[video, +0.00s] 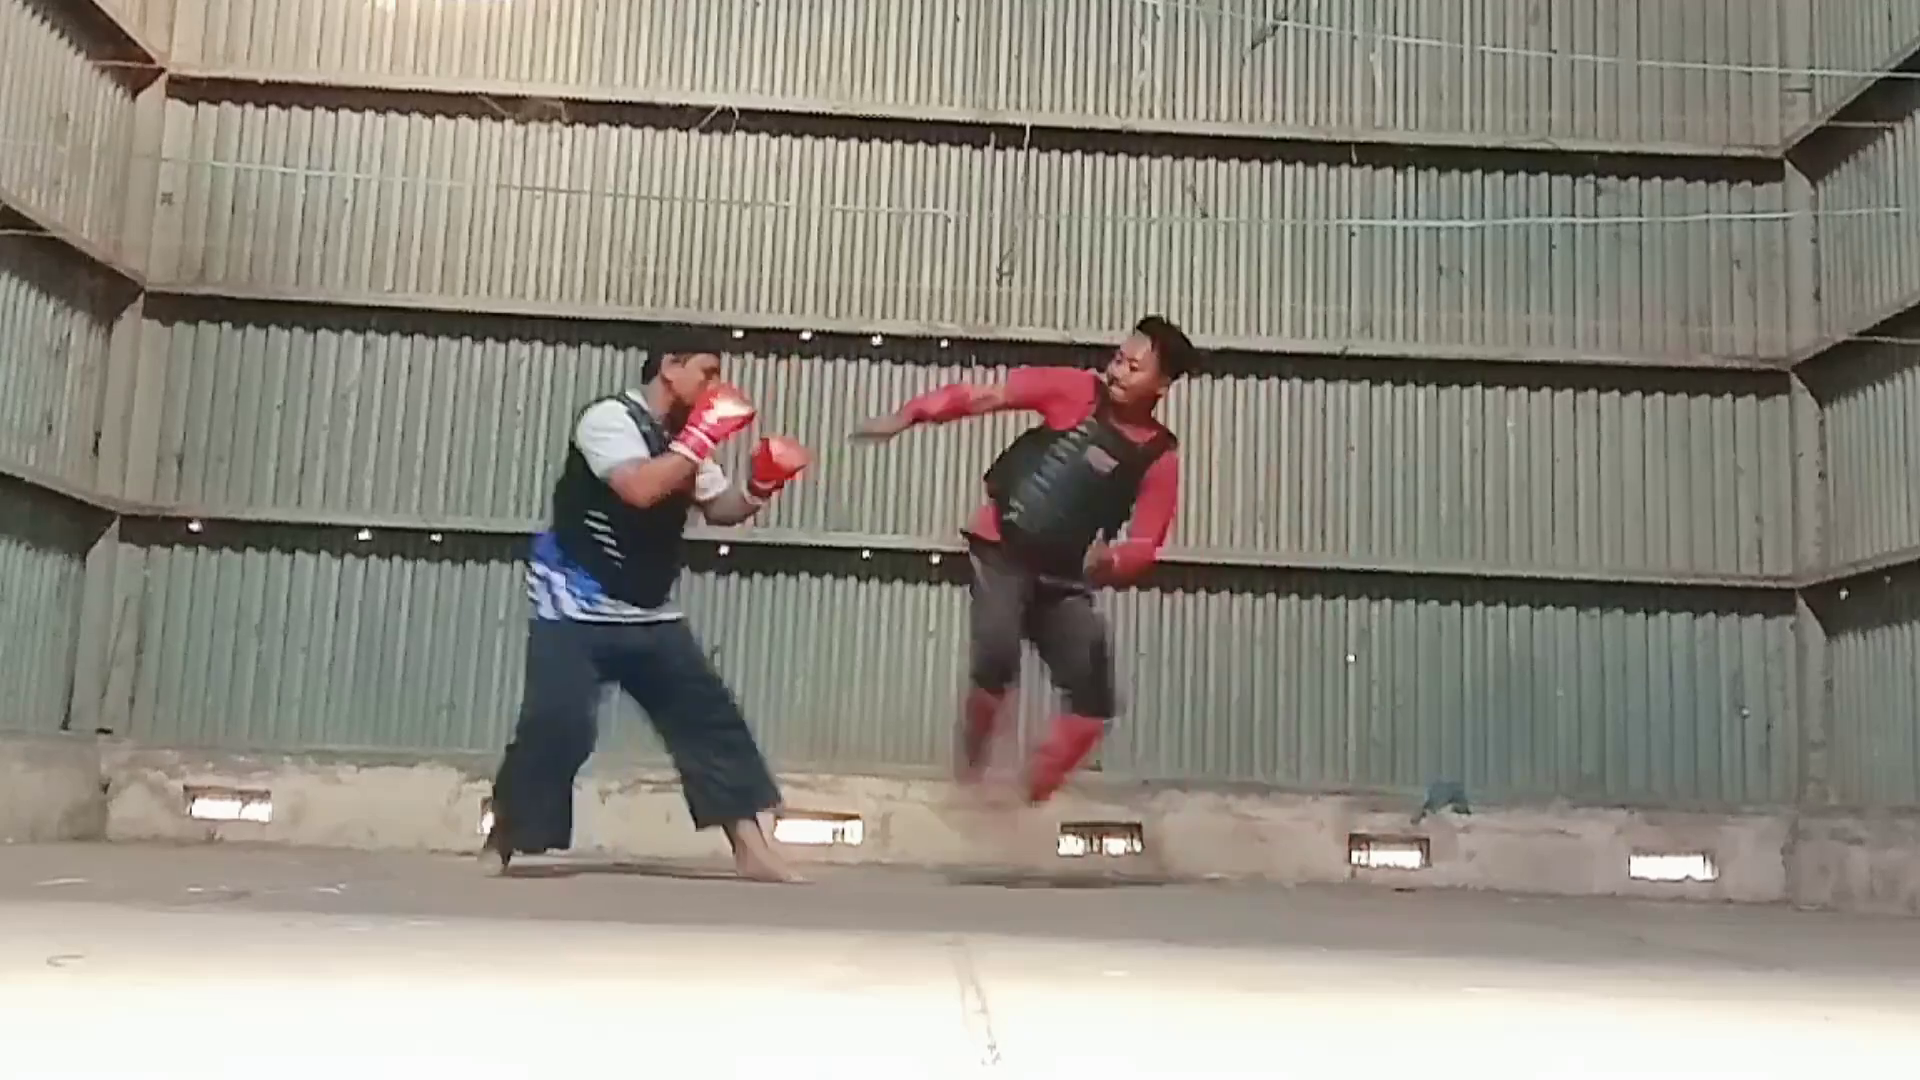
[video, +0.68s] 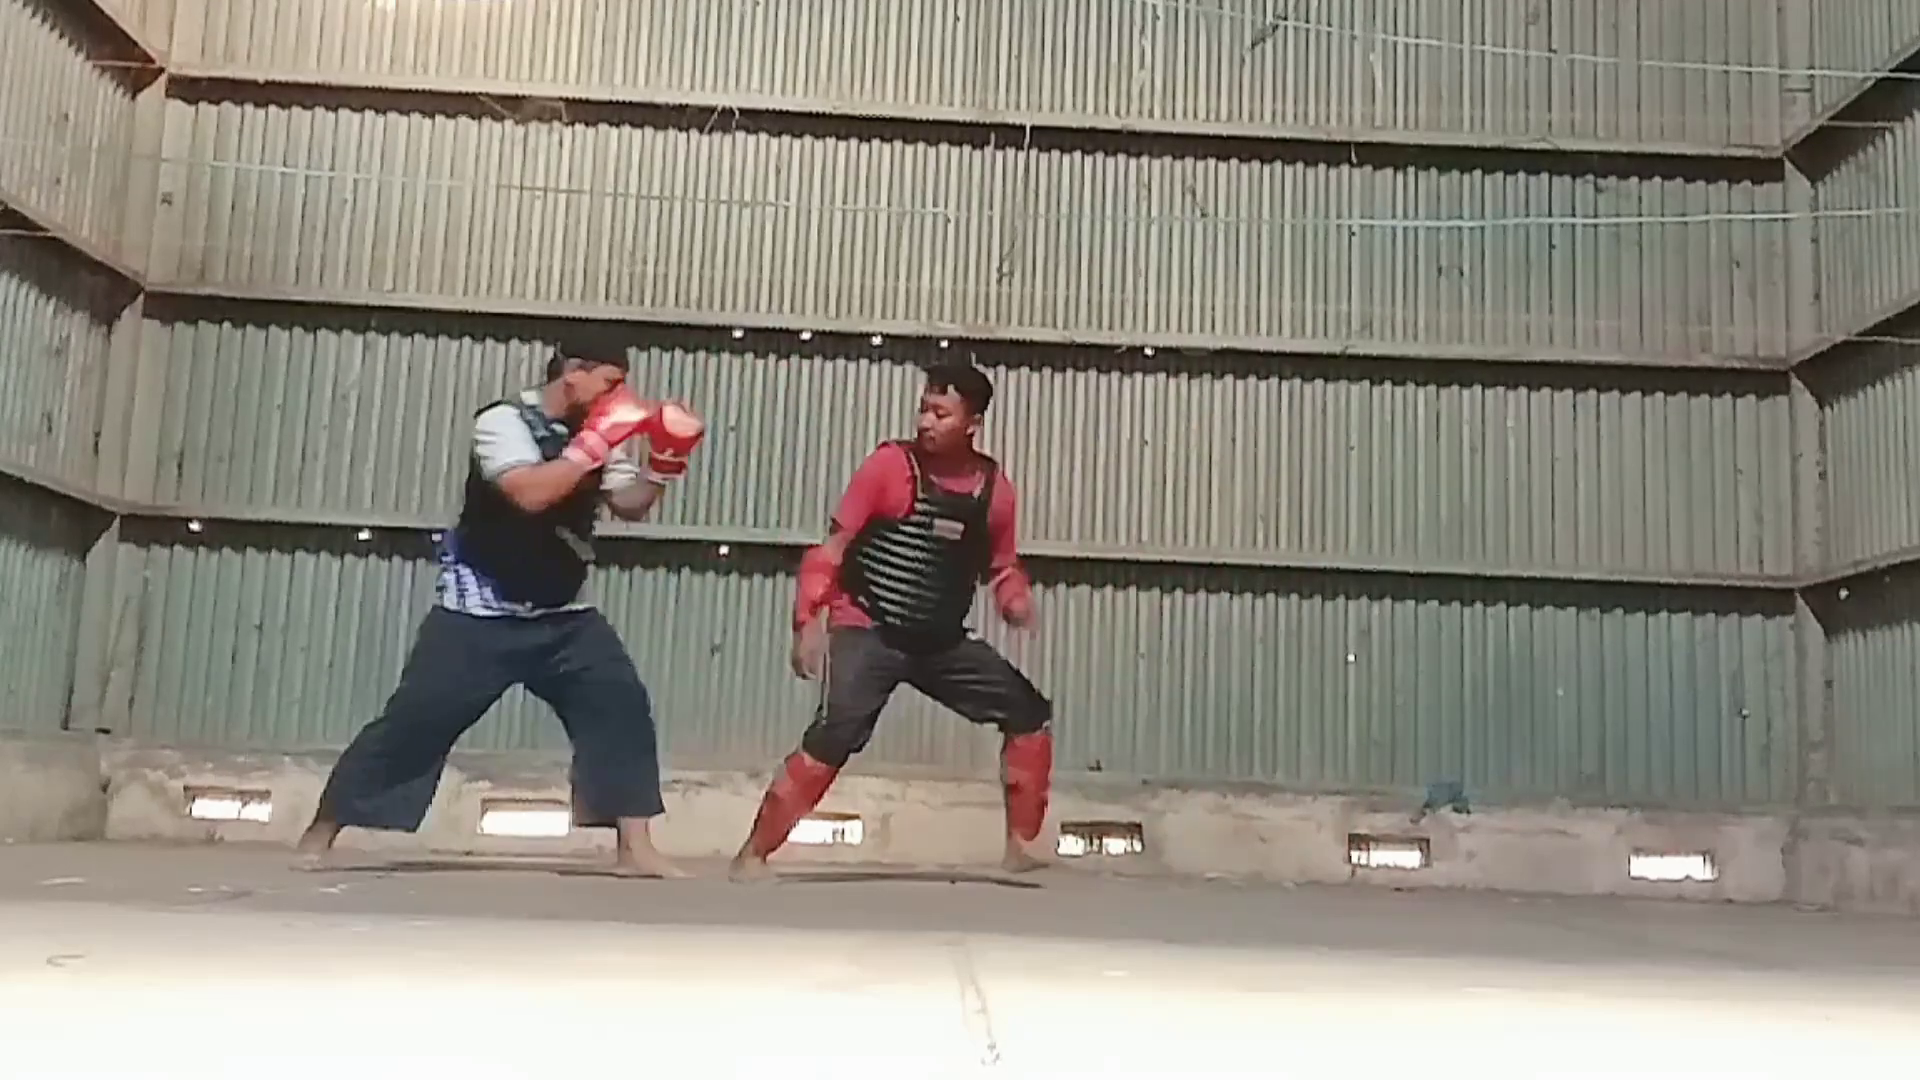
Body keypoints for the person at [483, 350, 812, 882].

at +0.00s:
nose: (715, 386)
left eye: (717, 376)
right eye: (707, 373)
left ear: (685, 372)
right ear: (669, 368)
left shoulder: (686, 442)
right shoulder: (605, 419)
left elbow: (719, 509)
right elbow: (639, 487)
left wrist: (759, 486)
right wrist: (702, 435)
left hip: (648, 615)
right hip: (572, 610)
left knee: (706, 713)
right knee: (559, 724)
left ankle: (753, 849)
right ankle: (509, 838)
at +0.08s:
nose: (692, 370)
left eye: (696, 361)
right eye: (684, 357)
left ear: (659, 356)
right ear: (644, 350)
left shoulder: (677, 427)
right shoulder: (578, 391)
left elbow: (718, 488)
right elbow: (591, 459)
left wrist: (755, 508)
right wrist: (664, 418)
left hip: (595, 593)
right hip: (519, 575)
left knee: (638, 702)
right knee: (502, 698)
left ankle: (668, 836)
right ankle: (500, 843)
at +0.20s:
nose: (649, 364)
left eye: (655, 354)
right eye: (642, 350)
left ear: (654, 359)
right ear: (603, 341)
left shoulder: (644, 412)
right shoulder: (534, 386)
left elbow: (665, 484)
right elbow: (536, 453)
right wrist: (615, 417)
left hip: (561, 569)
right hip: (481, 558)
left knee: (594, 681)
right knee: (458, 669)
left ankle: (588, 835)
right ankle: (439, 820)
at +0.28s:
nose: (599, 386)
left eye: (602, 375)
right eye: (590, 373)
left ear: (600, 373)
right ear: (550, 363)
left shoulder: (595, 418)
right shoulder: (481, 405)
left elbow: (633, 488)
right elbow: (462, 477)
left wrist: (639, 564)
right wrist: (542, 437)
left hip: (526, 592)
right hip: (445, 582)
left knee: (574, 686)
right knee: (392, 688)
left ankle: (571, 841)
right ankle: (309, 827)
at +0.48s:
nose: (555, 414)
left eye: (557, 403)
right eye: (547, 401)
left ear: (515, 396)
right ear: (507, 393)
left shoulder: (544, 443)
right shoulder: (429, 448)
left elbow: (577, 483)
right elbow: (417, 535)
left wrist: (616, 508)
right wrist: (494, 503)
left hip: (512, 621)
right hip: (424, 620)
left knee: (574, 700)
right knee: (386, 718)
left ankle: (585, 843)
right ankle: (310, 832)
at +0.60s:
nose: (573, 406)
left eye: (577, 396)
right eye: (567, 393)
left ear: (546, 386)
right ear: (530, 380)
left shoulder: (557, 445)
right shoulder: (456, 435)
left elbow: (587, 496)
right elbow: (466, 516)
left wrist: (619, 475)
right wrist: (540, 476)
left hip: (530, 623)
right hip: (441, 623)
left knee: (591, 708)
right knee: (395, 721)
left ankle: (627, 849)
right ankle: (312, 836)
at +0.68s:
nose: (616, 395)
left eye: (620, 385)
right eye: (612, 382)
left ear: (584, 376)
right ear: (575, 373)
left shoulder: (597, 435)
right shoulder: (501, 422)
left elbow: (630, 503)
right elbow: (529, 493)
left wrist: (666, 459)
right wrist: (595, 442)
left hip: (560, 618)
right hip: (475, 616)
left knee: (621, 704)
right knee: (412, 724)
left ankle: (637, 847)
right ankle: (321, 834)